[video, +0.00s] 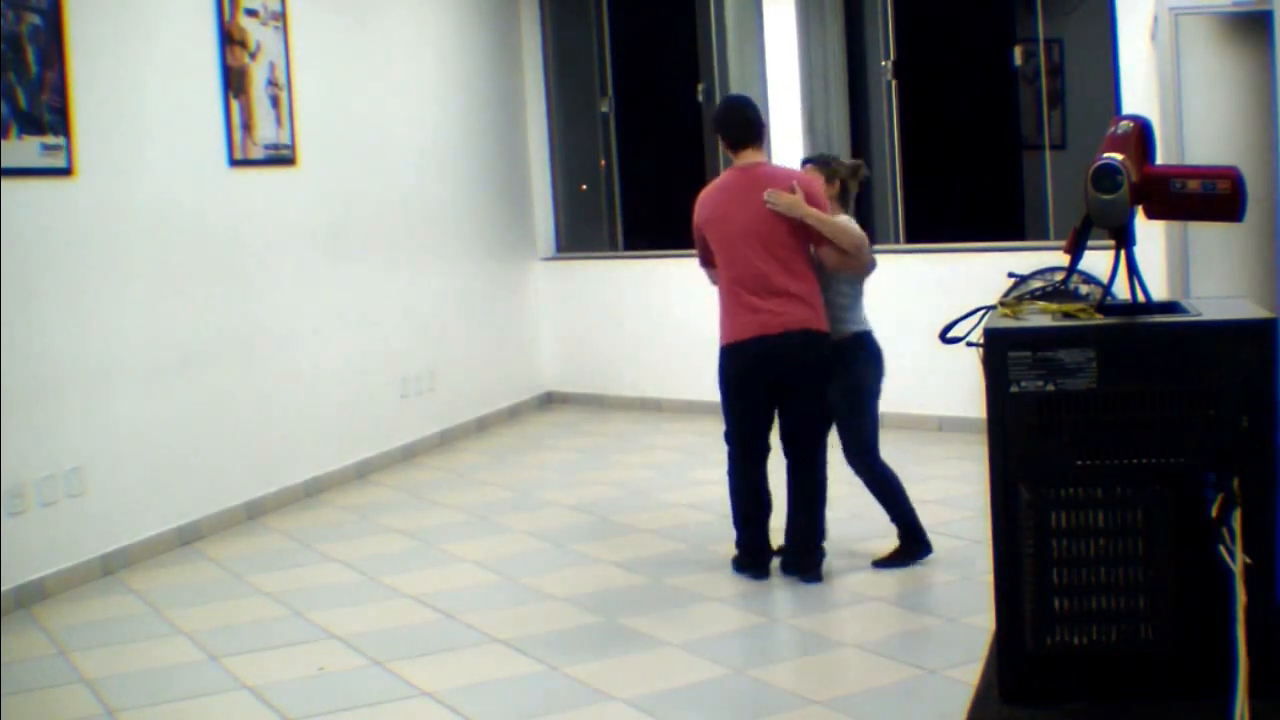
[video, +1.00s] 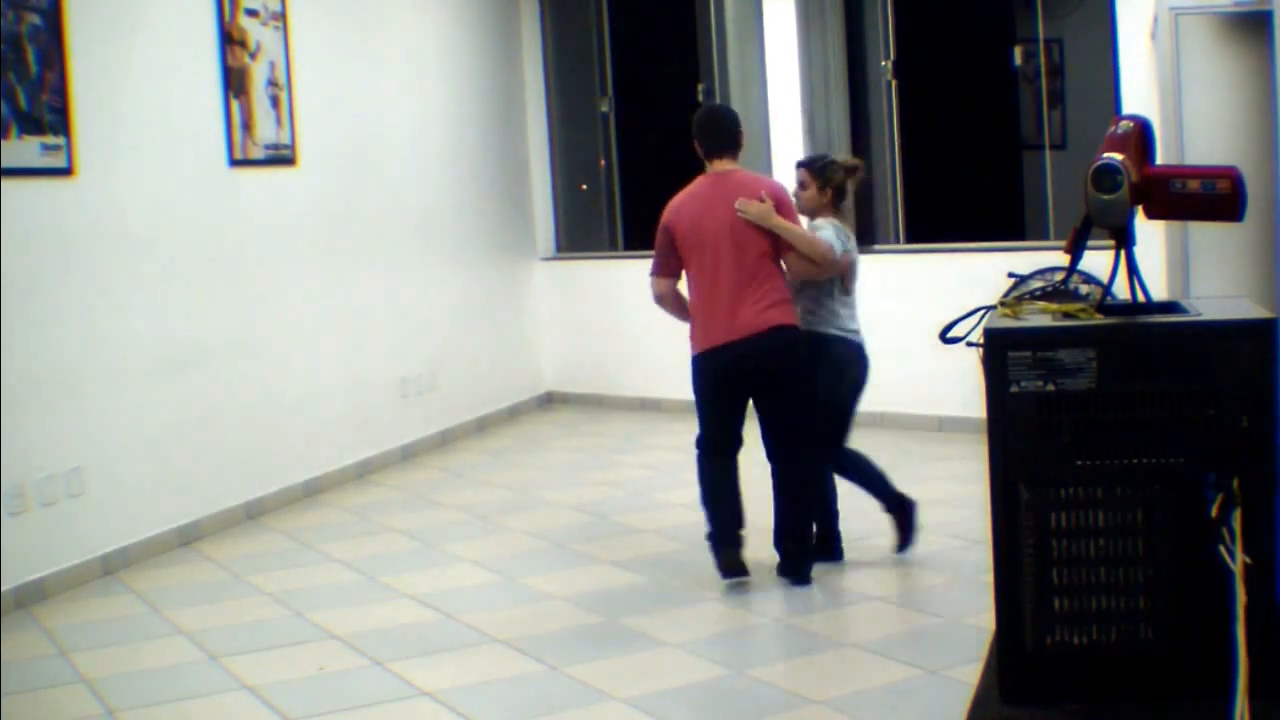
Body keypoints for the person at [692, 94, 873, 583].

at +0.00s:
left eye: (722, 138)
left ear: (721, 142)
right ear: (765, 133)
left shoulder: (708, 200)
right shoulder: (801, 183)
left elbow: (713, 271)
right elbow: (841, 252)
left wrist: (765, 260)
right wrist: (867, 264)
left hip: (742, 346)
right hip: (804, 338)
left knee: (746, 454)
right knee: (806, 454)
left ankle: (753, 556)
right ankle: (806, 559)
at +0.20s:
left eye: (720, 144)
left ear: (716, 147)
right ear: (762, 140)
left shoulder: (703, 208)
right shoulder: (794, 188)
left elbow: (710, 289)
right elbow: (834, 258)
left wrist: (749, 312)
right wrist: (875, 261)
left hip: (745, 350)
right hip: (807, 342)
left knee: (748, 454)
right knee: (807, 452)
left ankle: (767, 557)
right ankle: (806, 558)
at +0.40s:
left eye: (707, 146)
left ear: (705, 147)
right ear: (748, 138)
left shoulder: (691, 208)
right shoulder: (783, 182)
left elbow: (700, 294)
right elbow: (822, 249)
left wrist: (749, 309)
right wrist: (877, 250)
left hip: (738, 349)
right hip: (799, 337)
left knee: (754, 463)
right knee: (802, 451)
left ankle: (774, 571)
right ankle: (807, 561)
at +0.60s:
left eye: (695, 150)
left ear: (696, 153)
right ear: (739, 143)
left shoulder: (684, 214)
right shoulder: (775, 187)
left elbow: (679, 298)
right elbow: (816, 254)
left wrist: (719, 324)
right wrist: (872, 248)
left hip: (729, 349)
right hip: (790, 339)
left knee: (749, 460)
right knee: (793, 447)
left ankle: (772, 573)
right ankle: (803, 562)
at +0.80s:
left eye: (698, 148)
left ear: (698, 151)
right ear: (741, 143)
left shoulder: (681, 210)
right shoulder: (774, 189)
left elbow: (667, 292)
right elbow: (809, 258)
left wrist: (696, 335)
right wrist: (859, 257)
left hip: (727, 348)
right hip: (786, 336)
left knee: (746, 461)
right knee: (791, 449)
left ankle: (771, 571)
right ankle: (797, 564)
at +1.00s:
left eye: (698, 144)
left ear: (697, 148)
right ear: (740, 142)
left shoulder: (678, 209)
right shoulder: (769, 191)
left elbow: (663, 290)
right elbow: (808, 263)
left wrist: (701, 317)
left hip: (715, 347)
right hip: (776, 338)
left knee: (716, 447)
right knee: (788, 451)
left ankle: (729, 555)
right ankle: (794, 561)